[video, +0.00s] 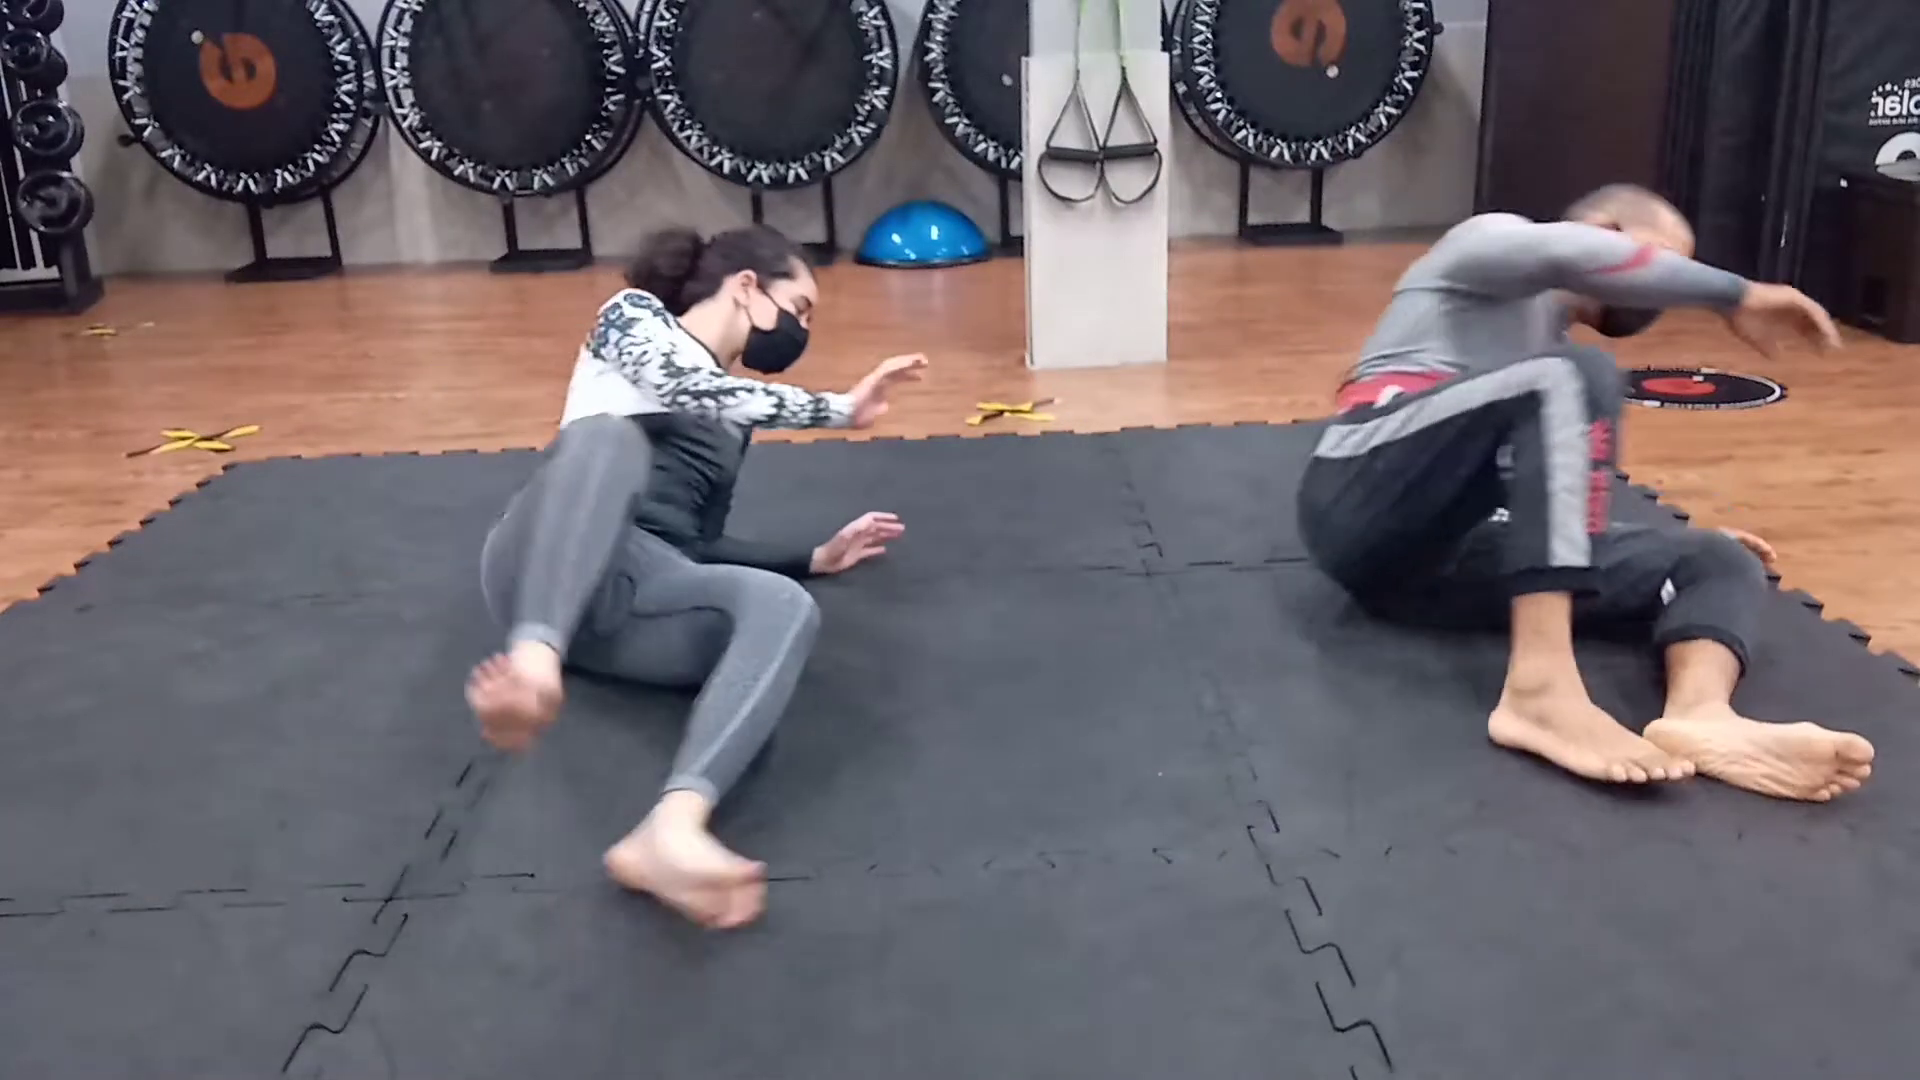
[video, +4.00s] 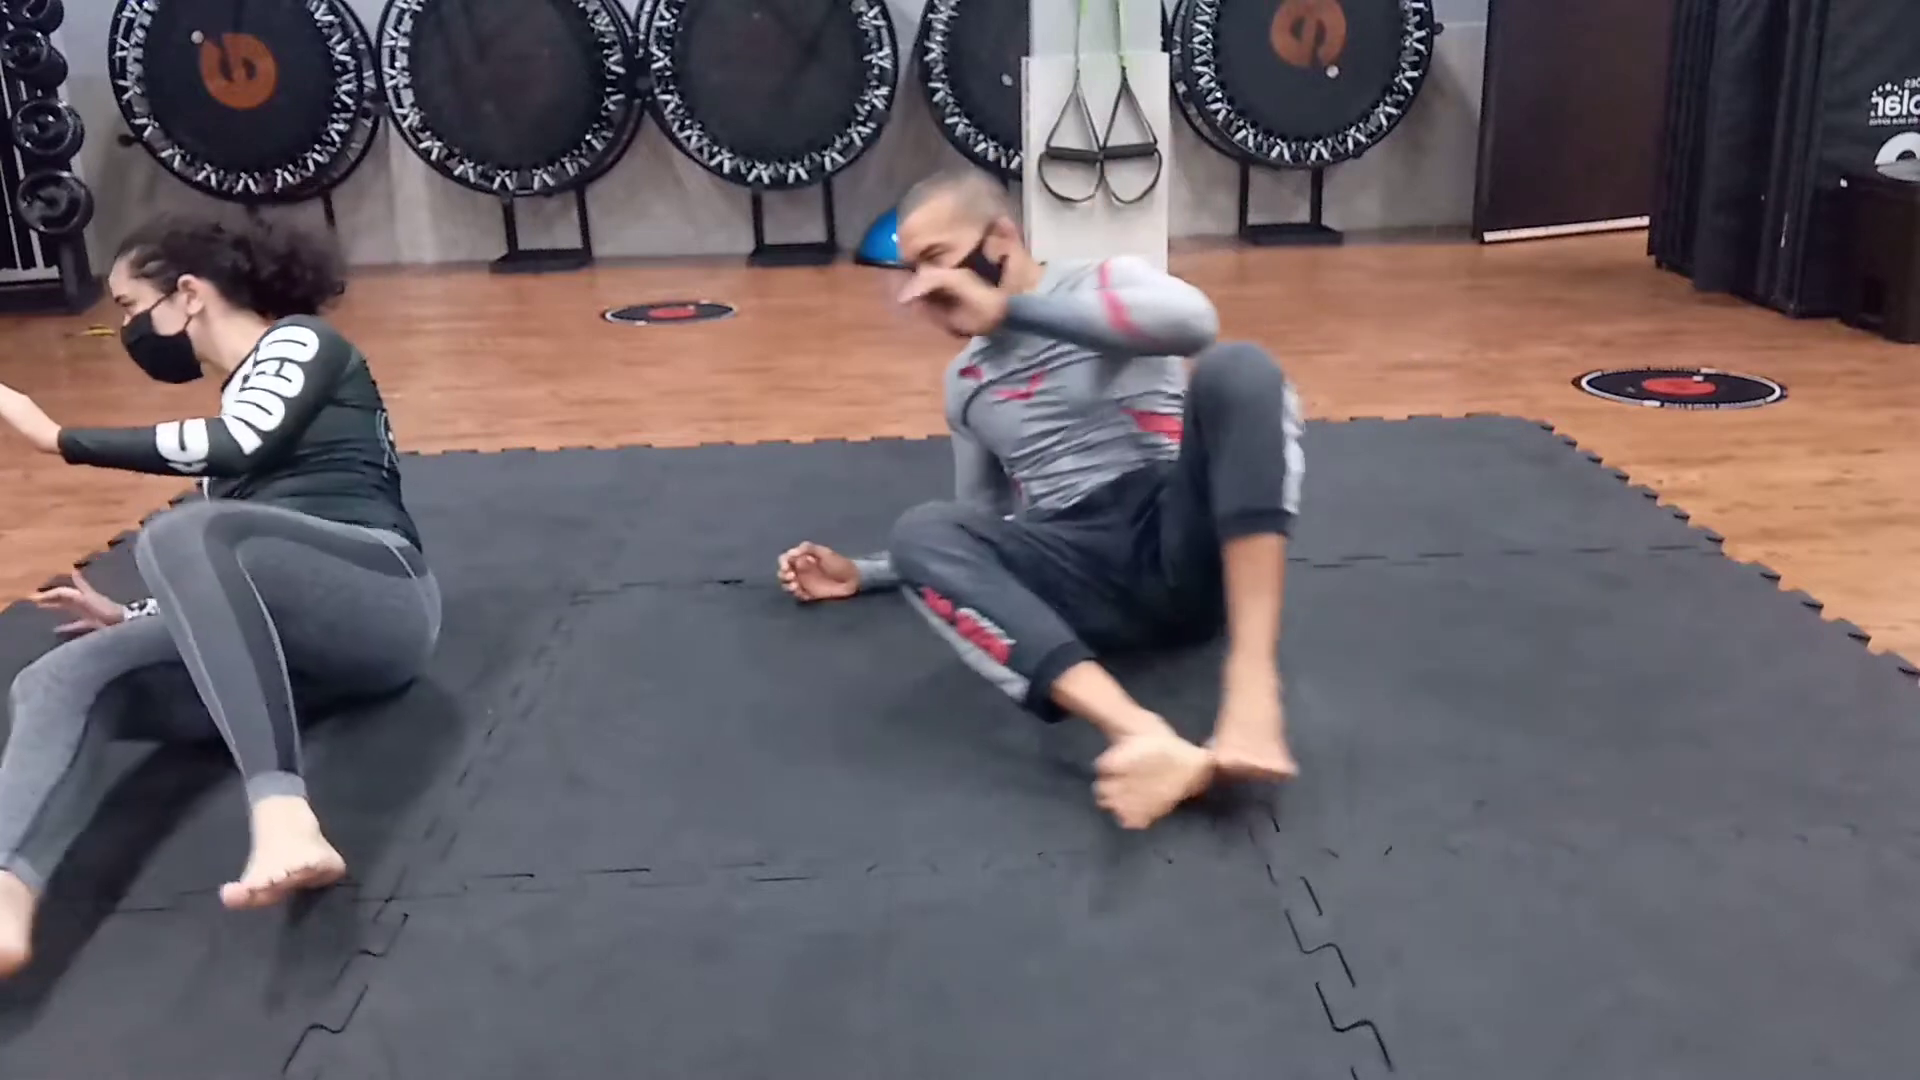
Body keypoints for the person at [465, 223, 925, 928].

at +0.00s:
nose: (804, 332)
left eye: (809, 319)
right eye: (800, 310)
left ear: (745, 296)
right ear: (744, 288)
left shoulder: (731, 418)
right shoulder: (631, 317)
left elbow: (690, 546)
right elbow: (696, 387)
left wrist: (815, 561)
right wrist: (840, 410)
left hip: (651, 600)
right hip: (559, 562)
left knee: (785, 603)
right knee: (608, 435)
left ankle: (672, 828)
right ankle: (533, 667)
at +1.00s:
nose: (818, 384)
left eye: (821, 370)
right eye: (817, 364)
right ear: (787, 330)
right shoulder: (735, 317)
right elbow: (840, 411)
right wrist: (963, 477)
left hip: (545, 617)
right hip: (531, 503)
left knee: (823, 638)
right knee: (773, 540)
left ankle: (741, 775)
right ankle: (513, 722)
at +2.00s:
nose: (715, 348)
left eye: (724, 338)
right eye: (707, 324)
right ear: (643, 303)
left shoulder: (650, 430)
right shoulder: (551, 314)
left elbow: (688, 552)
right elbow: (593, 393)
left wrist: (792, 536)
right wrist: (750, 444)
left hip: (490, 604)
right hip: (387, 562)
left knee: (653, 624)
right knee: (407, 456)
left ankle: (678, 798)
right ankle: (405, 756)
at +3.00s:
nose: (275, 269)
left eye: (292, 245)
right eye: (264, 258)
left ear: (363, 248)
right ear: (262, 275)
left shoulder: (450, 368)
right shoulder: (253, 376)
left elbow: (513, 469)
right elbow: (181, 513)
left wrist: (418, 415)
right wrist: (133, 480)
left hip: (397, 578)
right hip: (278, 585)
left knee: (439, 591)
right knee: (164, 620)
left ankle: (444, 852)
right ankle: (155, 886)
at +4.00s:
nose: (126, 331)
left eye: (131, 309)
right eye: (120, 315)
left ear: (191, 296)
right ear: (192, 303)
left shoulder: (303, 341)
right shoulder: (238, 418)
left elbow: (232, 445)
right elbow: (266, 574)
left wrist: (63, 441)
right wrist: (134, 619)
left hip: (380, 598)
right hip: (281, 653)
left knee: (181, 534)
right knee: (56, 679)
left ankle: (283, 815)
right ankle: (9, 893)